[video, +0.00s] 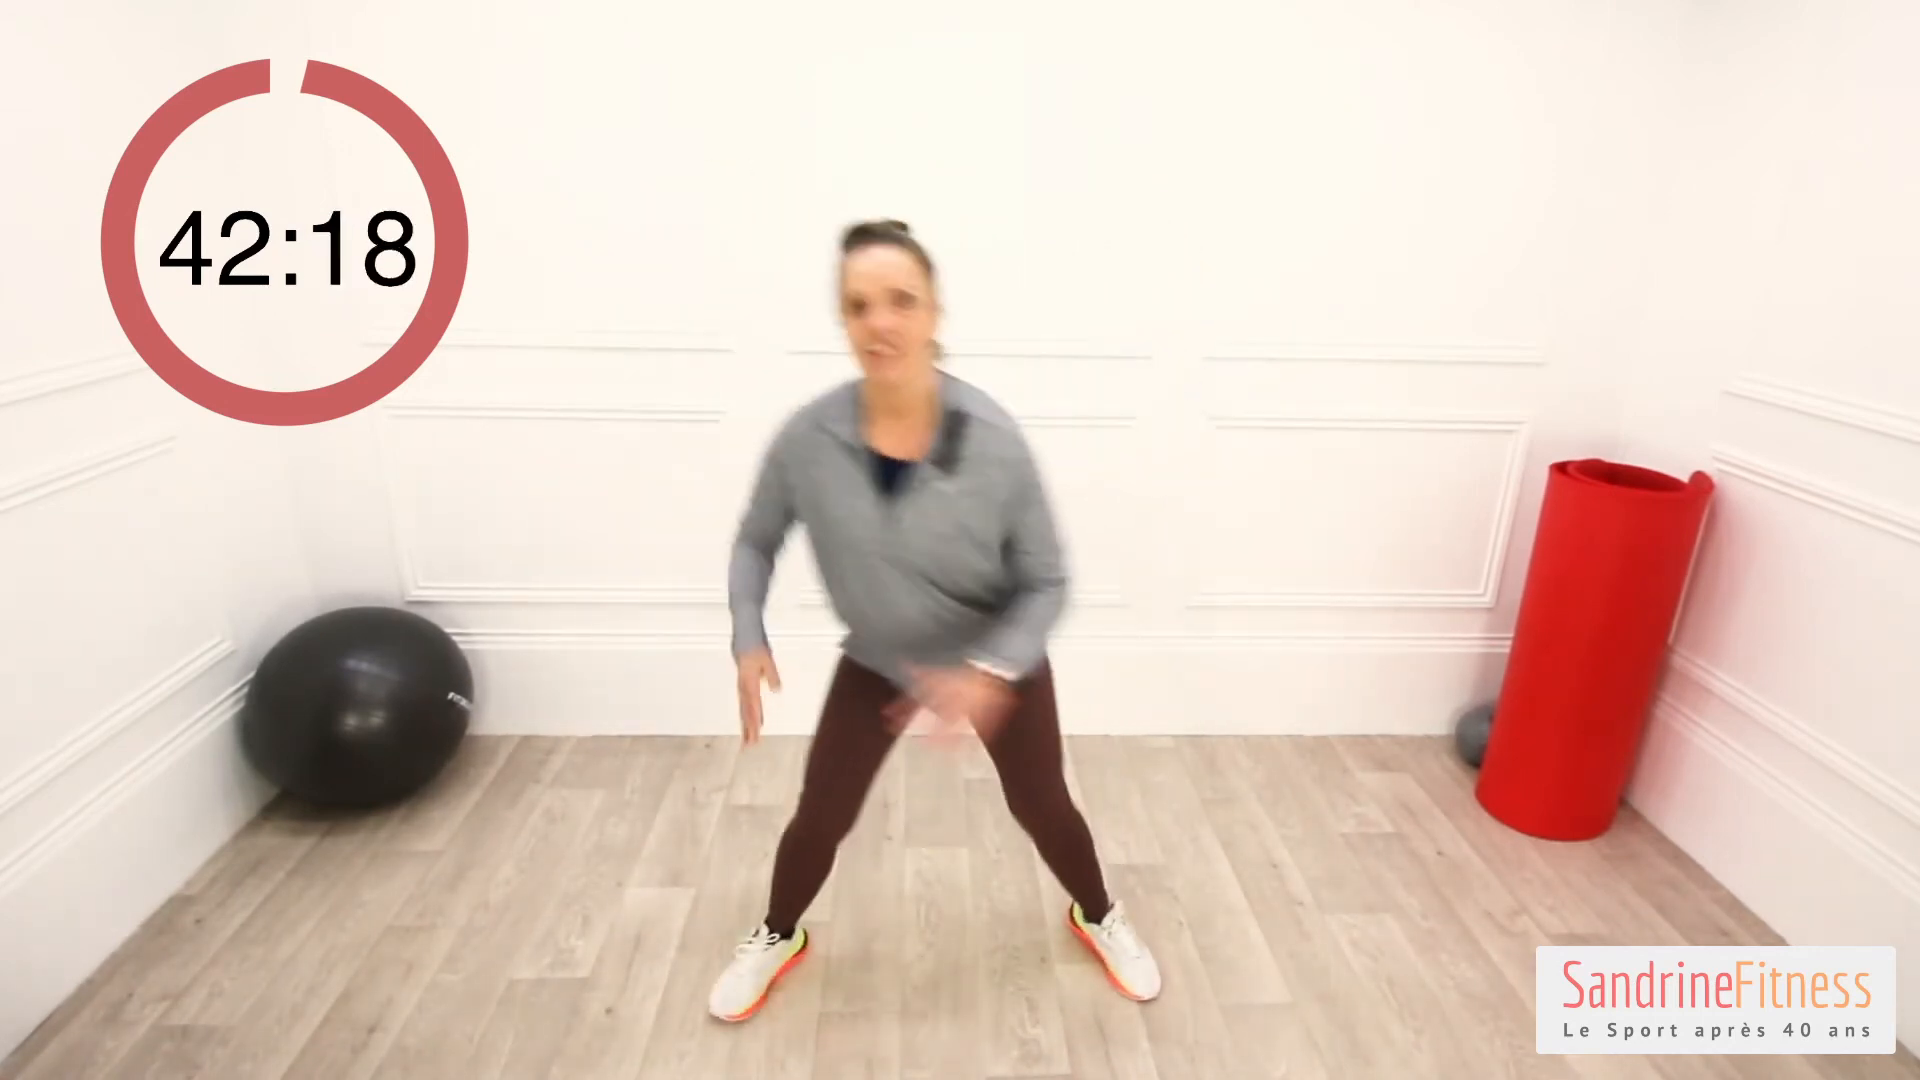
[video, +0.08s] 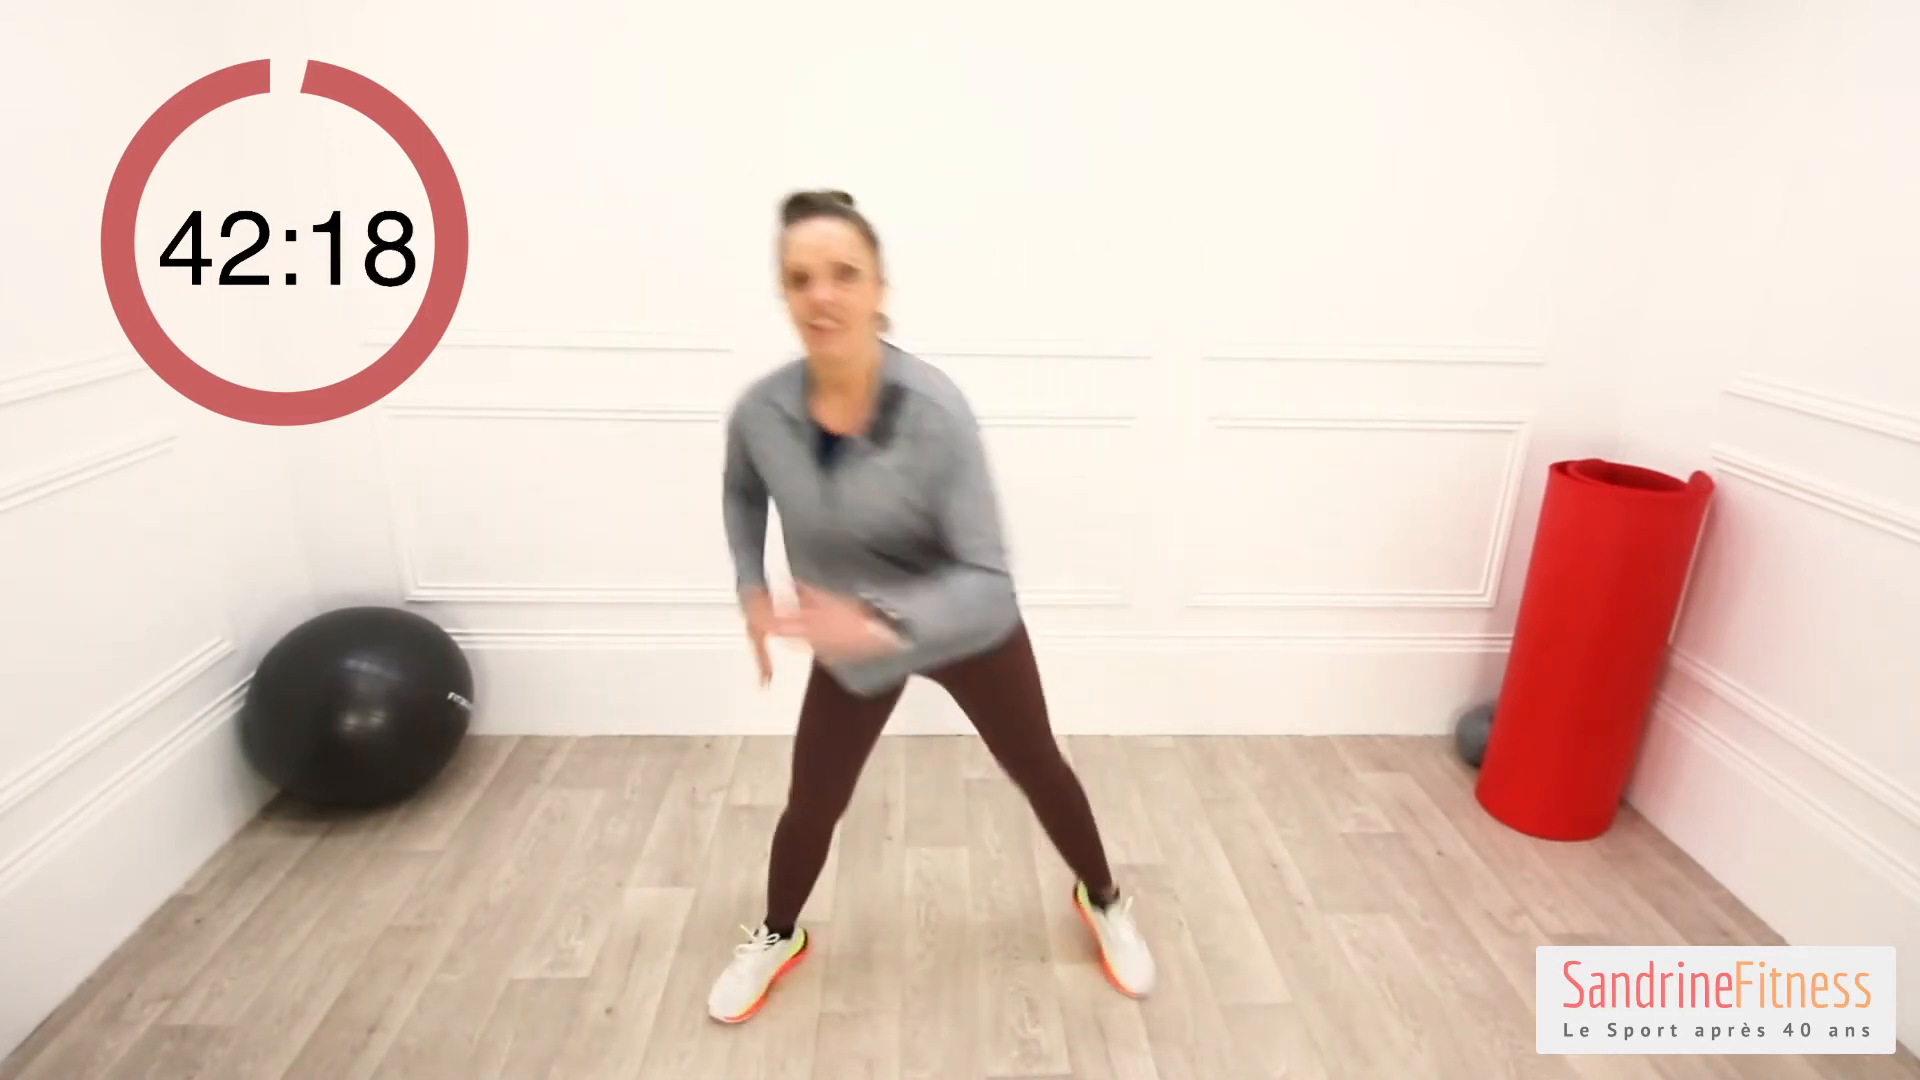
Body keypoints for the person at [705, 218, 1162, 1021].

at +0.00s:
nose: (878, 325)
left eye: (899, 302)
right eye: (858, 306)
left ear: (935, 314)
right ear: (841, 322)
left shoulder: (991, 440)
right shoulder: (807, 441)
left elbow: (1045, 582)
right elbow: (756, 543)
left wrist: (991, 672)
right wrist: (748, 637)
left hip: (996, 646)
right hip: (879, 653)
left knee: (1041, 806)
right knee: (821, 816)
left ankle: (1100, 919)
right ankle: (777, 937)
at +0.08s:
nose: (820, 299)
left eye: (842, 275)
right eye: (800, 280)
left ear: (880, 288)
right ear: (782, 297)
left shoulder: (935, 412)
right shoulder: (760, 415)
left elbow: (989, 583)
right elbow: (744, 498)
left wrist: (889, 632)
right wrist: (753, 586)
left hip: (964, 622)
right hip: (851, 634)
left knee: (1038, 768)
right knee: (812, 804)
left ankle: (1106, 904)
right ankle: (777, 935)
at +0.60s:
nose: (773, 294)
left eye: (792, 269)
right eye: (747, 275)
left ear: (823, 278)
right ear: (723, 293)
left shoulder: (878, 402)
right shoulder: (705, 386)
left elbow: (987, 530)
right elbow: (777, 498)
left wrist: (899, 644)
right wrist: (807, 593)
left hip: (920, 612)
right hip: (809, 626)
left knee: (994, 748)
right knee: (787, 804)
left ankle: (1063, 852)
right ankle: (778, 938)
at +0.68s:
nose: (814, 305)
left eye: (833, 280)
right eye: (788, 287)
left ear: (861, 290)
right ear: (761, 305)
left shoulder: (917, 419)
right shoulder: (723, 396)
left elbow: (1050, 532)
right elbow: (717, 441)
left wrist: (990, 647)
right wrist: (748, 516)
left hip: (931, 622)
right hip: (815, 634)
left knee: (1007, 772)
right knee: (788, 813)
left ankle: (1072, 883)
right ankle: (778, 938)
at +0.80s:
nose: (909, 339)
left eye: (924, 316)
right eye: (883, 320)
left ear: (946, 324)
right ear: (853, 335)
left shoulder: (994, 443)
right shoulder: (802, 439)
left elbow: (1070, 517)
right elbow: (750, 485)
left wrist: (1047, 623)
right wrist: (765, 589)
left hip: (952, 659)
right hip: (834, 667)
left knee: (1020, 809)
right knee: (812, 840)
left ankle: (1084, 915)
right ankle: (776, 941)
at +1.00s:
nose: (1027, 311)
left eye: (1041, 286)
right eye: (1002, 294)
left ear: (1061, 293)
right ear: (970, 311)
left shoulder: (1083, 411)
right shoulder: (933, 426)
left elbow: (1051, 530)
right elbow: (886, 586)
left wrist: (1054, 590)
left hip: (1008, 635)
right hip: (901, 633)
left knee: (1047, 803)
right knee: (838, 802)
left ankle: (1089, 920)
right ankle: (766, 931)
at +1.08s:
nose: (1065, 293)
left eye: (1082, 268)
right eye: (1040, 274)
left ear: (1103, 276)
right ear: (1008, 290)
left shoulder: (1115, 382)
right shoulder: (983, 401)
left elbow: (1083, 492)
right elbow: (1004, 578)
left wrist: (1067, 571)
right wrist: (1146, 533)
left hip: (1023, 619)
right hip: (921, 610)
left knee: (1054, 789)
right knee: (841, 762)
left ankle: (1089, 919)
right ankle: (750, 911)